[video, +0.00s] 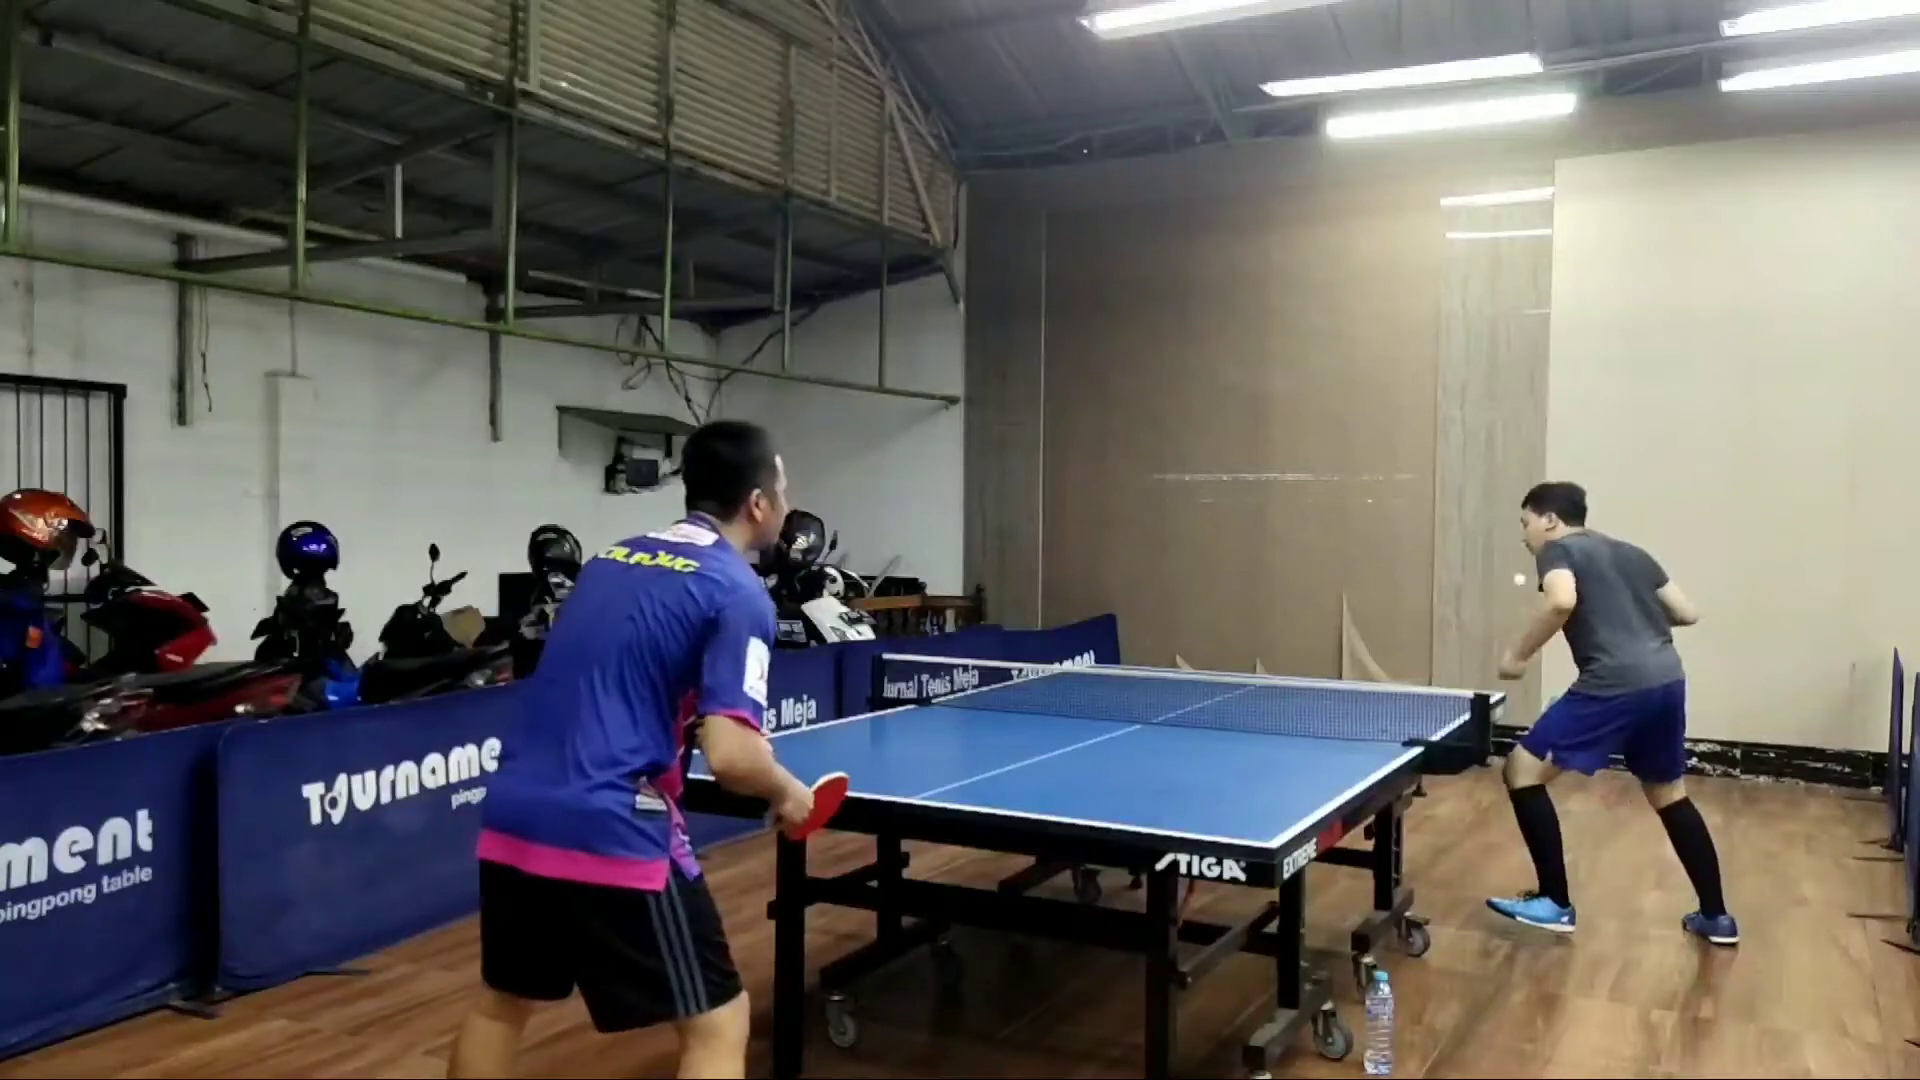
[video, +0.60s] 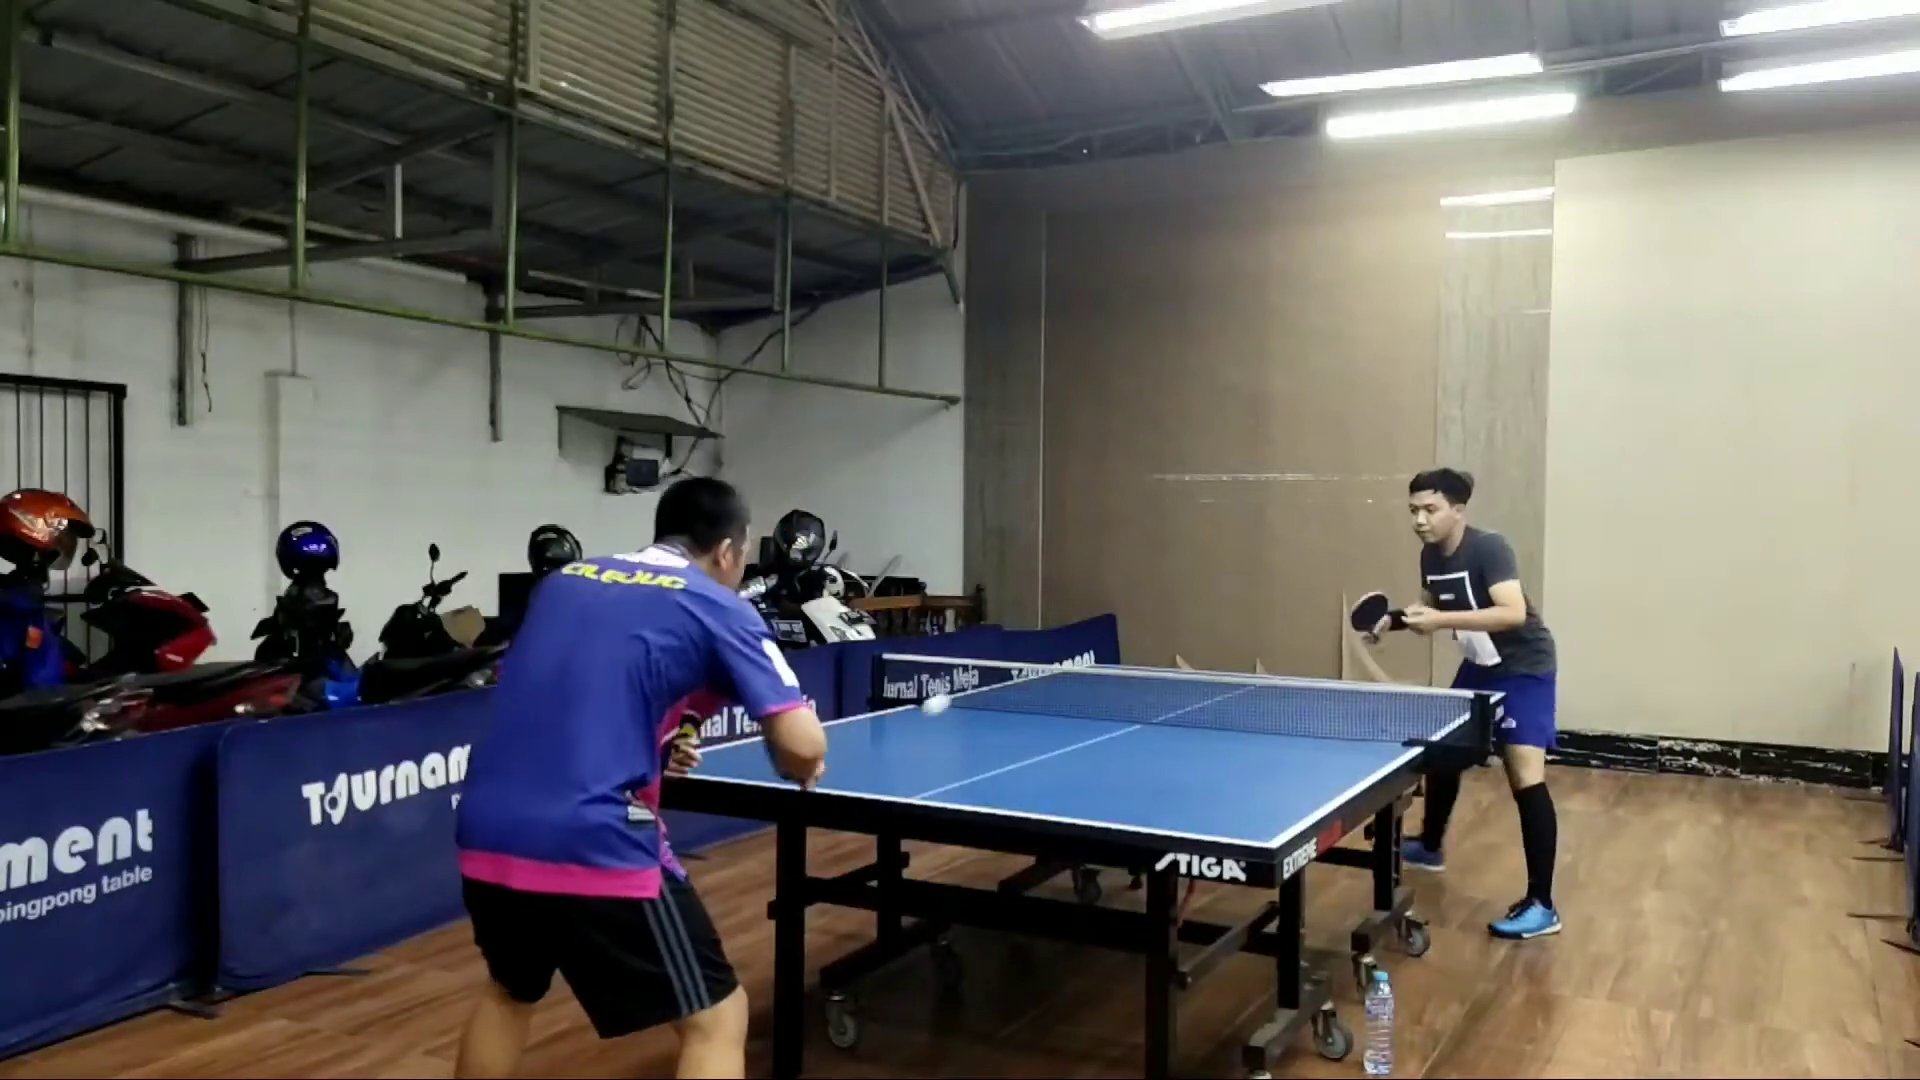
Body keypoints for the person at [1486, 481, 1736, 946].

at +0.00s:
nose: (1524, 535)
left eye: (1526, 523)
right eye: (1522, 524)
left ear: (1550, 520)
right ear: (1575, 520)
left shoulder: (1557, 550)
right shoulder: (1629, 551)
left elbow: (1562, 601)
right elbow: (1685, 613)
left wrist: (1519, 655)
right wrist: (1630, 616)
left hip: (1613, 684)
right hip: (1667, 681)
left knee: (1523, 770)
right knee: (1668, 793)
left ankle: (1553, 902)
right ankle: (1716, 914)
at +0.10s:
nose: (1489, 551)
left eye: (1490, 539)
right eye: (1486, 541)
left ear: (1518, 530)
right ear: (1532, 531)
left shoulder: (1531, 560)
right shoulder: (1593, 557)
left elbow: (1562, 604)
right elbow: (1657, 605)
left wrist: (1533, 664)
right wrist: (1595, 633)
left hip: (1602, 690)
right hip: (1653, 685)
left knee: (1516, 778)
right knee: (1657, 795)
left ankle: (1547, 910)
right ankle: (1715, 915)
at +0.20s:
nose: (1457, 558)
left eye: (1460, 545)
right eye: (1454, 548)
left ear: (1490, 535)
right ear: (1495, 538)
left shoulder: (1515, 565)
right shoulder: (1556, 563)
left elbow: (1569, 604)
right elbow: (1614, 612)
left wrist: (1528, 666)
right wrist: (1546, 649)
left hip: (1583, 690)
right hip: (1625, 685)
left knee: (1503, 782)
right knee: (1620, 794)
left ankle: (1546, 911)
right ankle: (1700, 902)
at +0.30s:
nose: (1442, 546)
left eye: (1447, 534)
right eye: (1437, 538)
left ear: (1479, 526)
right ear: (1473, 531)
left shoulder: (1511, 560)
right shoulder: (1497, 571)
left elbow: (1574, 602)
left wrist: (1516, 651)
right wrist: (1495, 644)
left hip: (1566, 683)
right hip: (1588, 679)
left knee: (1504, 783)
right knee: (1560, 782)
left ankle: (1547, 910)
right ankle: (1667, 867)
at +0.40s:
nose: (1434, 526)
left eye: (1442, 514)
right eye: (1429, 517)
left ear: (1472, 511)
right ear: (1434, 519)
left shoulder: (1508, 549)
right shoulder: (1466, 560)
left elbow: (1559, 604)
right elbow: (1505, 615)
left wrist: (1496, 639)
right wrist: (1472, 633)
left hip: (1563, 664)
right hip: (1533, 666)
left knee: (1525, 774)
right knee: (1525, 769)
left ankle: (1549, 908)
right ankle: (1608, 852)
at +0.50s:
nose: (1427, 517)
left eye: (1436, 506)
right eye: (1422, 509)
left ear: (1465, 505)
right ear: (1423, 511)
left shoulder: (1500, 543)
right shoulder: (1446, 551)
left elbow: (1537, 606)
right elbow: (1472, 606)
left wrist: (1466, 624)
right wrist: (1434, 621)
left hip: (1545, 659)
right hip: (1502, 660)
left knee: (1531, 767)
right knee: (1476, 750)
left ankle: (1542, 903)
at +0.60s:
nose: (1419, 519)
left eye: (1429, 510)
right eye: (1414, 511)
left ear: (1459, 510)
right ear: (1413, 513)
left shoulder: (1489, 548)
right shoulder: (1431, 557)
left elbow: (1514, 613)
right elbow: (1440, 617)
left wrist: (1440, 619)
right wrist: (1398, 620)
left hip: (1523, 670)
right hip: (1477, 667)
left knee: (1525, 775)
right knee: (1442, 751)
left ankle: (1541, 904)